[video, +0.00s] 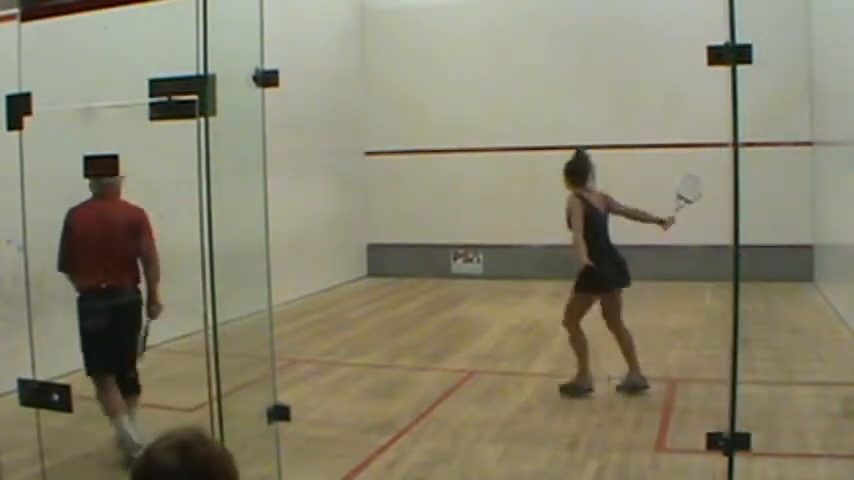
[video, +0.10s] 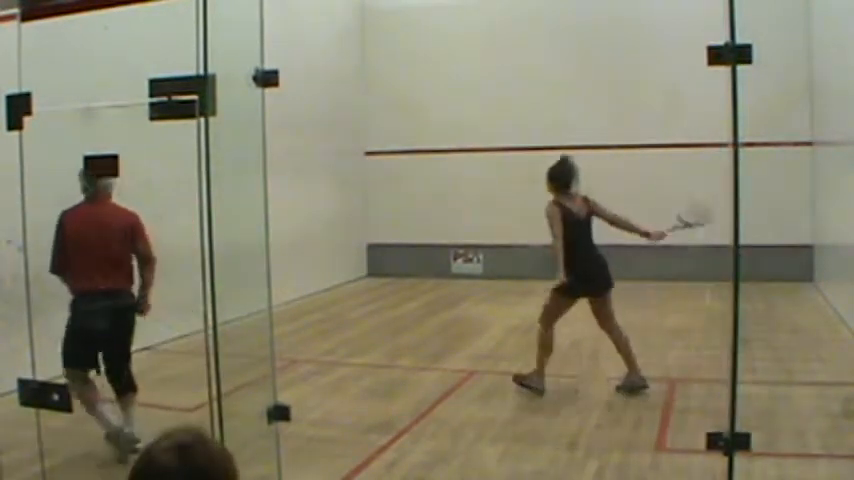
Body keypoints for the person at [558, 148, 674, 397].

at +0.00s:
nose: (565, 181)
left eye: (565, 177)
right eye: (567, 177)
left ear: (568, 178)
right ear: (588, 176)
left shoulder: (575, 200)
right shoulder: (600, 198)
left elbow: (577, 229)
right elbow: (628, 212)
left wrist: (583, 258)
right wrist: (658, 220)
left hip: (595, 269)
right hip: (613, 266)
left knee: (571, 320)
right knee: (614, 320)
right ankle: (635, 374)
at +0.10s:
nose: (548, 186)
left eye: (549, 182)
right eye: (551, 182)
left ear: (551, 184)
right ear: (572, 181)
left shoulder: (554, 208)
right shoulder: (585, 202)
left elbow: (558, 240)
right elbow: (613, 220)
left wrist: (560, 273)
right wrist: (645, 233)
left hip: (576, 275)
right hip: (598, 272)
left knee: (546, 320)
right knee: (610, 324)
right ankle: (635, 374)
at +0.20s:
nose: (529, 191)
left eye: (530, 187)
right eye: (532, 187)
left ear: (531, 189)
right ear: (554, 187)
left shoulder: (531, 214)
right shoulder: (565, 207)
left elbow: (533, 249)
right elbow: (588, 230)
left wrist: (532, 280)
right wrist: (609, 245)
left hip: (551, 280)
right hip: (576, 277)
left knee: (523, 323)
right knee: (596, 325)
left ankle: (516, 378)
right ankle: (629, 371)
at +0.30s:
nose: (510, 187)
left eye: (511, 184)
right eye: (513, 184)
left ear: (514, 187)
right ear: (535, 186)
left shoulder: (509, 213)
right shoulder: (546, 207)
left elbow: (505, 250)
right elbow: (566, 241)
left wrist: (496, 278)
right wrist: (585, 265)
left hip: (525, 279)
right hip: (550, 276)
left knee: (507, 322)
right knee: (569, 323)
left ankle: (514, 377)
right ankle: (610, 369)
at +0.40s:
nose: (497, 172)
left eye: (499, 169)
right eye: (501, 169)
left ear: (501, 172)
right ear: (522, 171)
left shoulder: (495, 197)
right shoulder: (532, 195)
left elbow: (491, 230)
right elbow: (546, 229)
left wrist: (482, 249)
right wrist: (557, 258)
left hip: (506, 268)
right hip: (531, 265)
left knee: (504, 326)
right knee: (543, 319)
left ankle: (511, 376)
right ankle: (563, 367)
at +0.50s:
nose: (484, 157)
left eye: (487, 154)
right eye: (486, 153)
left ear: (493, 158)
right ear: (508, 159)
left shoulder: (484, 184)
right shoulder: (520, 184)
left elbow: (481, 220)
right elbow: (532, 221)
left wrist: (469, 248)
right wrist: (534, 249)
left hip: (490, 254)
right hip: (516, 252)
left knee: (490, 313)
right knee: (514, 311)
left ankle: (492, 368)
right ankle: (515, 367)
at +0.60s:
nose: (471, 162)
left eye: (474, 158)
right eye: (474, 158)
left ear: (481, 162)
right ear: (496, 164)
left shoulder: (474, 189)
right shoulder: (508, 189)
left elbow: (470, 228)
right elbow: (519, 226)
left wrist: (457, 252)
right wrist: (513, 245)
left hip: (475, 254)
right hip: (500, 254)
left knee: (464, 314)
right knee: (492, 316)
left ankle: (459, 372)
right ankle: (487, 373)